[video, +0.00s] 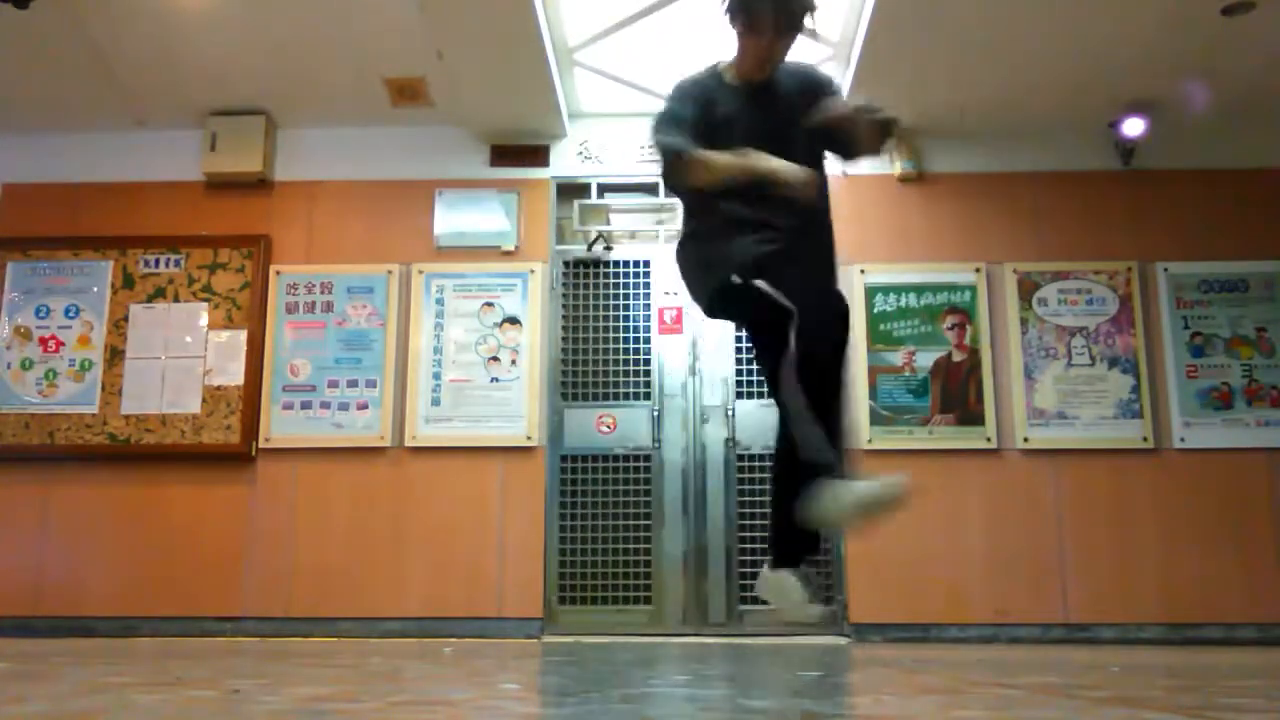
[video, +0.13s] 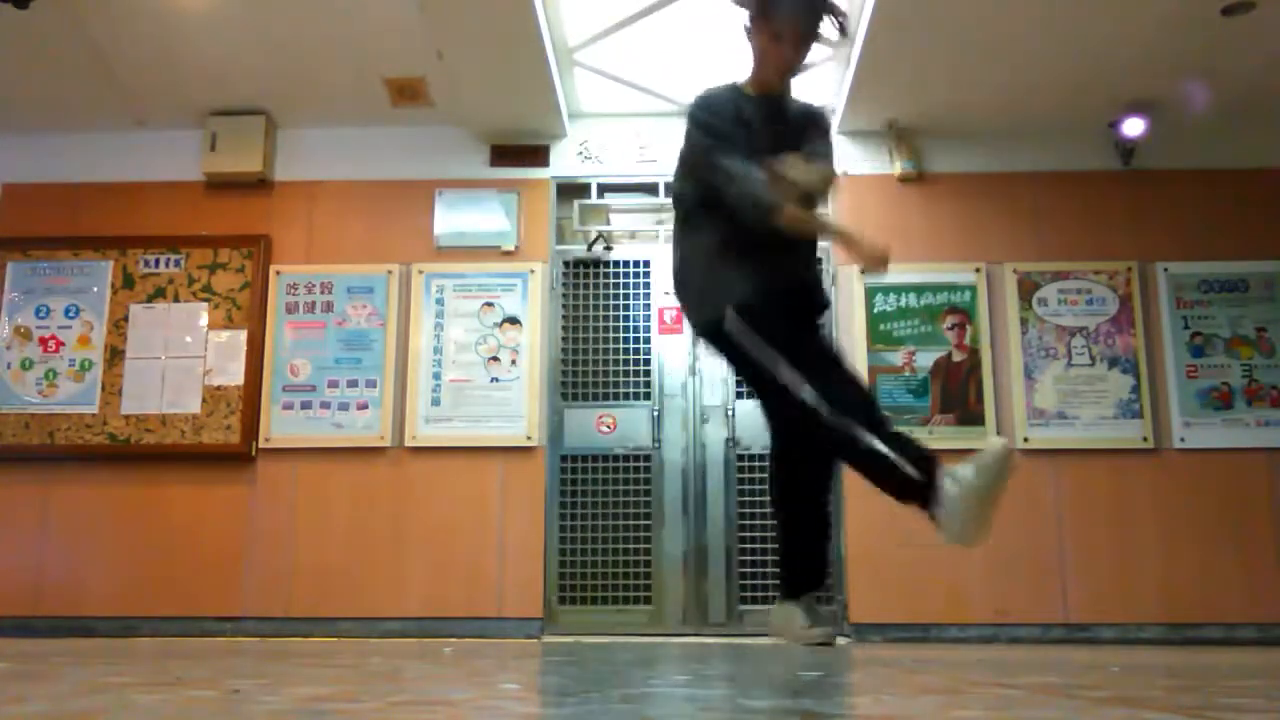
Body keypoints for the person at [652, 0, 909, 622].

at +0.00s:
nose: (768, 48)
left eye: (781, 36)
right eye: (759, 33)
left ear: (794, 34)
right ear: (738, 25)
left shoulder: (806, 88)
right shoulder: (695, 94)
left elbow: (859, 143)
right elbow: (682, 170)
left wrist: (872, 124)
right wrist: (764, 164)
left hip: (803, 258)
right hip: (725, 254)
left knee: (813, 409)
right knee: (800, 312)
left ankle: (784, 565)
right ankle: (821, 480)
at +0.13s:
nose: (792, 51)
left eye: (803, 40)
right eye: (782, 35)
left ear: (812, 45)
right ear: (754, 30)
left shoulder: (808, 122)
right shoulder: (716, 111)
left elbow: (818, 185)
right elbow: (749, 199)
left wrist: (788, 183)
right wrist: (841, 234)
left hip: (789, 286)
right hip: (724, 286)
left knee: (800, 433)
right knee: (813, 390)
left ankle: (798, 600)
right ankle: (938, 494)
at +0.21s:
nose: (803, 92)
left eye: (813, 80)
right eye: (793, 76)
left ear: (820, 85)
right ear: (762, 68)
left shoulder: (807, 162)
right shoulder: (724, 133)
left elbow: (860, 201)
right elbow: (731, 196)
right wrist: (801, 236)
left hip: (783, 332)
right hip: (721, 330)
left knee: (809, 450)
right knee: (830, 393)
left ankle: (791, 612)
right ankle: (940, 525)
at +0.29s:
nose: (805, 92)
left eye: (818, 83)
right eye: (796, 76)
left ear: (827, 94)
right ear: (767, 74)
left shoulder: (819, 171)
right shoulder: (722, 129)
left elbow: (904, 212)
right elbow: (701, 155)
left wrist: (995, 240)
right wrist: (721, 183)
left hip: (780, 334)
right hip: (706, 323)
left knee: (804, 450)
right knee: (813, 374)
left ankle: (790, 611)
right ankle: (888, 534)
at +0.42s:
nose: (805, 34)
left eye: (815, 24)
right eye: (795, 17)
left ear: (821, 33)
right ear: (762, 17)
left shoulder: (812, 124)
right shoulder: (702, 76)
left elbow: (838, 193)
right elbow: (621, 58)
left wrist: (874, 202)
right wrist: (552, 38)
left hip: (764, 281)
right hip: (683, 265)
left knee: (788, 423)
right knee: (763, 356)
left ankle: (766, 554)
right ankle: (765, 544)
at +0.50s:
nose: (797, 15)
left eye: (804, 8)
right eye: (789, 2)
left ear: (804, 18)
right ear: (757, 2)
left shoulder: (792, 96)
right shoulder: (690, 53)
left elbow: (761, 189)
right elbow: (573, 65)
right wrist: (461, 75)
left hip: (754, 265)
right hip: (676, 252)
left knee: (778, 425)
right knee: (731, 383)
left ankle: (677, 555)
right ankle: (668, 561)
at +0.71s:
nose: (749, 15)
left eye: (757, 7)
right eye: (741, 3)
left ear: (760, 12)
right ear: (710, 0)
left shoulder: (764, 82)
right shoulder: (646, 61)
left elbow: (786, 168)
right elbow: (561, 96)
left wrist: (841, 186)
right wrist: (517, 113)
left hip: (717, 275)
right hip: (641, 268)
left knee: (738, 441)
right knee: (674, 428)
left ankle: (599, 536)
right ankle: (629, 595)